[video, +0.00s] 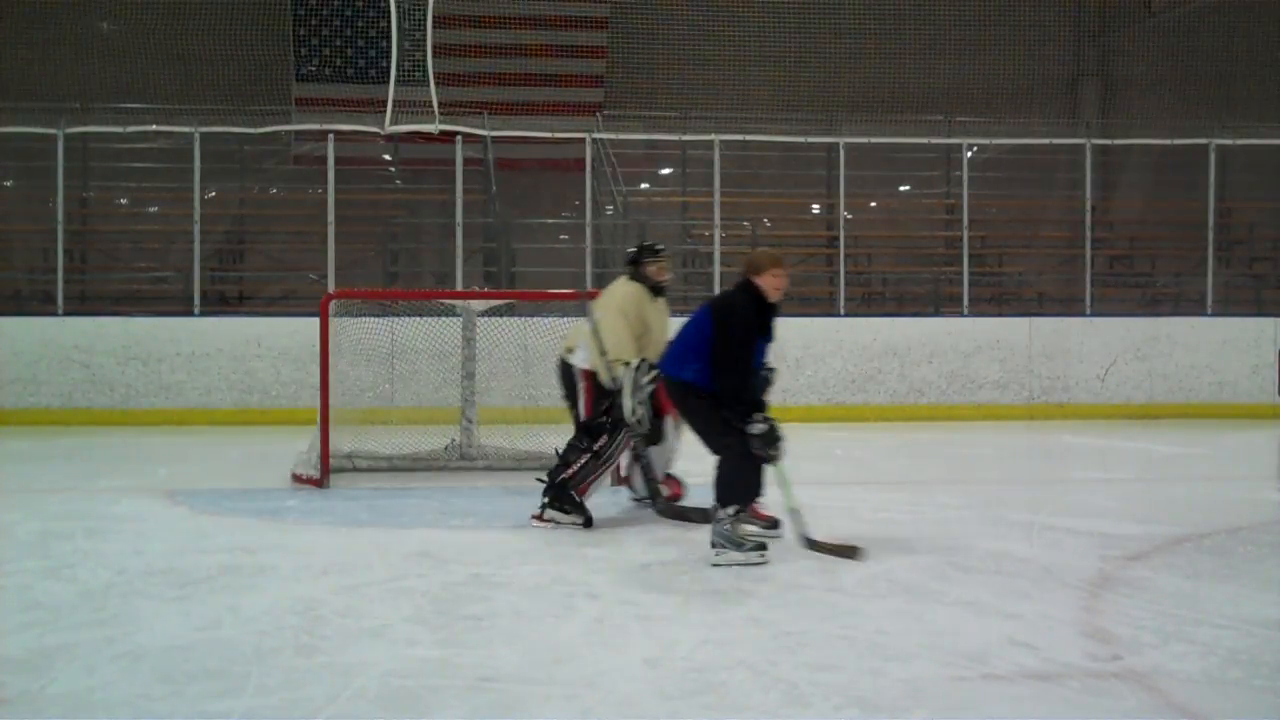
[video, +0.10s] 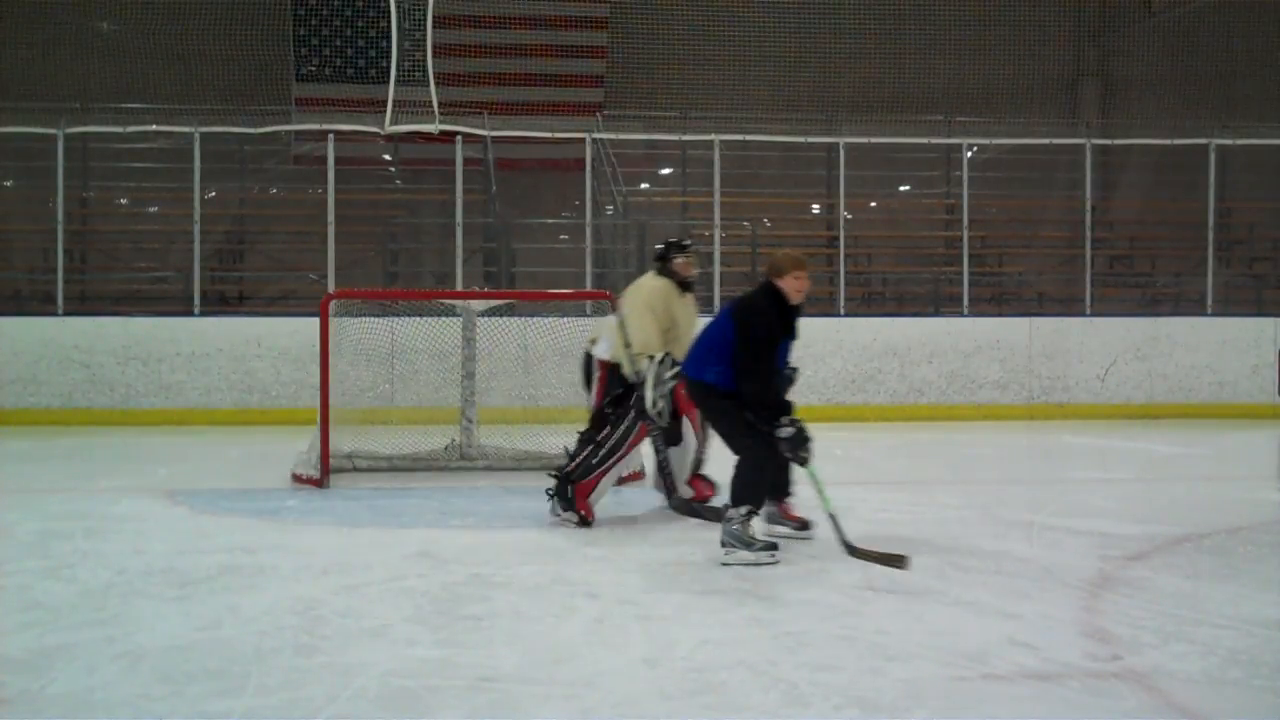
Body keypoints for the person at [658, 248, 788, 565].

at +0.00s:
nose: (782, 284)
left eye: (784, 278)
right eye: (775, 278)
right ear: (756, 278)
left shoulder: (758, 309)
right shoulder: (738, 308)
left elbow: (749, 366)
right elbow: (731, 371)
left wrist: (756, 410)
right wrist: (753, 420)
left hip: (711, 379)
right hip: (685, 379)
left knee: (749, 439)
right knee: (734, 444)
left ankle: (743, 508)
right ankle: (726, 520)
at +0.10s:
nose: (804, 285)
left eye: (805, 278)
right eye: (796, 279)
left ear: (805, 281)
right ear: (777, 280)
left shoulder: (781, 310)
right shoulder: (759, 310)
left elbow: (774, 364)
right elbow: (755, 379)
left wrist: (779, 380)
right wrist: (782, 425)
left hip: (737, 380)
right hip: (708, 381)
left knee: (776, 440)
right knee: (756, 448)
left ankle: (774, 508)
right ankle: (736, 524)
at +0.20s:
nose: (819, 285)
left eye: (822, 279)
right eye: (811, 279)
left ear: (824, 282)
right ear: (792, 281)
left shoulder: (802, 312)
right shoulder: (775, 310)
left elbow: (793, 368)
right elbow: (772, 380)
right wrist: (801, 425)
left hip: (761, 380)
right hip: (728, 380)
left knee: (799, 441)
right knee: (774, 450)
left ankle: (809, 508)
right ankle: (747, 525)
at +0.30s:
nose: (825, 281)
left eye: (829, 275)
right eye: (817, 275)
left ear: (833, 278)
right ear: (800, 278)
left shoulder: (821, 309)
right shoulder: (783, 309)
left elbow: (813, 348)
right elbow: (780, 377)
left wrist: (819, 371)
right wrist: (807, 424)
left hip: (784, 382)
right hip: (746, 382)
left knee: (816, 439)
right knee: (786, 452)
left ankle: (829, 511)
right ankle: (756, 524)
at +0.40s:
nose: (824, 273)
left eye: (829, 266)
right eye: (816, 268)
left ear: (835, 269)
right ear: (802, 272)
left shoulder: (839, 301)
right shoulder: (786, 304)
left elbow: (836, 340)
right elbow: (781, 367)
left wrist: (840, 363)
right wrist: (803, 417)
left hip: (802, 386)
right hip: (758, 385)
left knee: (837, 441)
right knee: (781, 448)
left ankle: (844, 509)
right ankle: (758, 524)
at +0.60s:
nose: (800, 260)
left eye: (806, 253)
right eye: (793, 255)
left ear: (819, 255)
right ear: (786, 260)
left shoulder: (844, 284)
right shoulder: (774, 297)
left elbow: (864, 313)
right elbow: (769, 360)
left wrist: (862, 348)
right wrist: (784, 407)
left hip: (821, 376)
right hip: (774, 379)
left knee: (850, 438)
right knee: (773, 438)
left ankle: (855, 508)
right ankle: (753, 508)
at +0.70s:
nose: (774, 265)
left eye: (780, 258)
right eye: (769, 259)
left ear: (798, 256)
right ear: (765, 264)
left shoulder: (829, 283)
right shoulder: (760, 304)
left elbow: (866, 312)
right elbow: (761, 363)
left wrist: (858, 342)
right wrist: (768, 411)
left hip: (822, 374)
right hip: (772, 379)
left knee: (850, 440)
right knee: (752, 436)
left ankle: (859, 508)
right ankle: (747, 509)